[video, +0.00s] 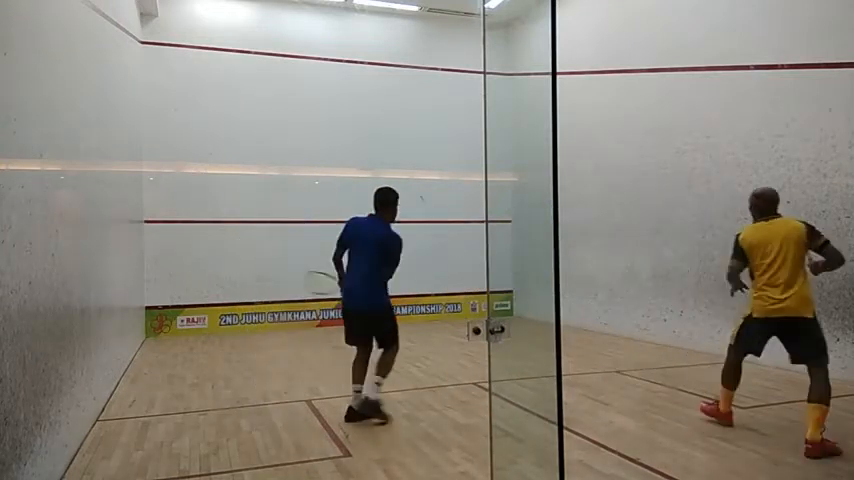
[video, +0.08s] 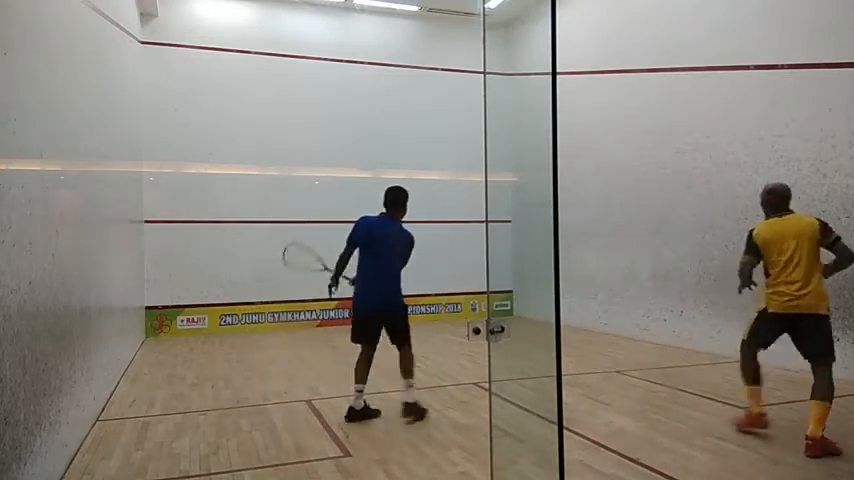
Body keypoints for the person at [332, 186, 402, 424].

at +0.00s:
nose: (397, 211)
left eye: (396, 206)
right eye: (395, 206)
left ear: (375, 205)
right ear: (390, 207)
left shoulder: (354, 225)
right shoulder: (393, 239)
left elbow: (337, 256)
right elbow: (388, 274)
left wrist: (341, 277)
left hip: (352, 302)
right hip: (377, 303)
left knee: (363, 349)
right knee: (391, 346)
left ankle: (357, 402)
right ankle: (372, 395)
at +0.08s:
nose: (405, 209)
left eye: (403, 205)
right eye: (405, 205)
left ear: (384, 204)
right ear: (404, 207)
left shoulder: (365, 224)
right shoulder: (406, 238)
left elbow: (346, 254)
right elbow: (393, 269)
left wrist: (335, 276)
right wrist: (360, 280)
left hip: (365, 302)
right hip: (392, 303)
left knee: (367, 348)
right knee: (405, 347)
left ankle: (357, 404)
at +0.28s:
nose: (426, 210)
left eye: (423, 205)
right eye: (427, 206)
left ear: (407, 205)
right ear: (427, 208)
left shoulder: (390, 226)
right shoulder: (431, 238)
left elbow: (371, 258)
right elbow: (421, 271)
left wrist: (346, 285)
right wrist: (390, 286)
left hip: (388, 302)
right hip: (417, 304)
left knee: (380, 350)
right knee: (431, 349)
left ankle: (362, 403)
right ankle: (443, 400)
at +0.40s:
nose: (438, 208)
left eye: (434, 203)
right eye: (439, 204)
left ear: (419, 203)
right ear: (440, 206)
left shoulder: (403, 223)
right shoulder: (444, 237)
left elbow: (391, 255)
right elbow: (438, 270)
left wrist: (375, 283)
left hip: (402, 301)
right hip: (431, 302)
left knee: (392, 348)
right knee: (440, 350)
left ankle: (377, 401)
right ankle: (444, 401)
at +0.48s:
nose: (450, 207)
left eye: (447, 202)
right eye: (450, 203)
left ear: (429, 202)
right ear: (449, 205)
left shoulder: (413, 222)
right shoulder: (455, 235)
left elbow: (409, 256)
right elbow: (454, 273)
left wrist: (402, 287)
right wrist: (456, 301)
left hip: (414, 300)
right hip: (443, 302)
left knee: (407, 346)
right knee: (445, 349)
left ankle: (407, 397)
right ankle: (444, 400)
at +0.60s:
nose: (459, 205)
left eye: (457, 201)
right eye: (459, 202)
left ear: (437, 202)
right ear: (457, 204)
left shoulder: (422, 223)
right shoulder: (463, 234)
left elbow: (419, 259)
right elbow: (472, 268)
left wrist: (414, 290)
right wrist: (482, 287)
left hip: (424, 296)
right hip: (451, 298)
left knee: (424, 346)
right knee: (450, 348)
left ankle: (437, 388)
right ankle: (445, 395)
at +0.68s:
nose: (467, 205)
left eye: (466, 201)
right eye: (466, 201)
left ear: (444, 201)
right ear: (463, 203)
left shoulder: (430, 225)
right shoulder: (472, 231)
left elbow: (427, 261)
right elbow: (488, 267)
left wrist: (417, 293)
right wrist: (507, 291)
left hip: (439, 299)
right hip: (464, 299)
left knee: (448, 351)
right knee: (456, 349)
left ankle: (469, 401)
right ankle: (446, 400)